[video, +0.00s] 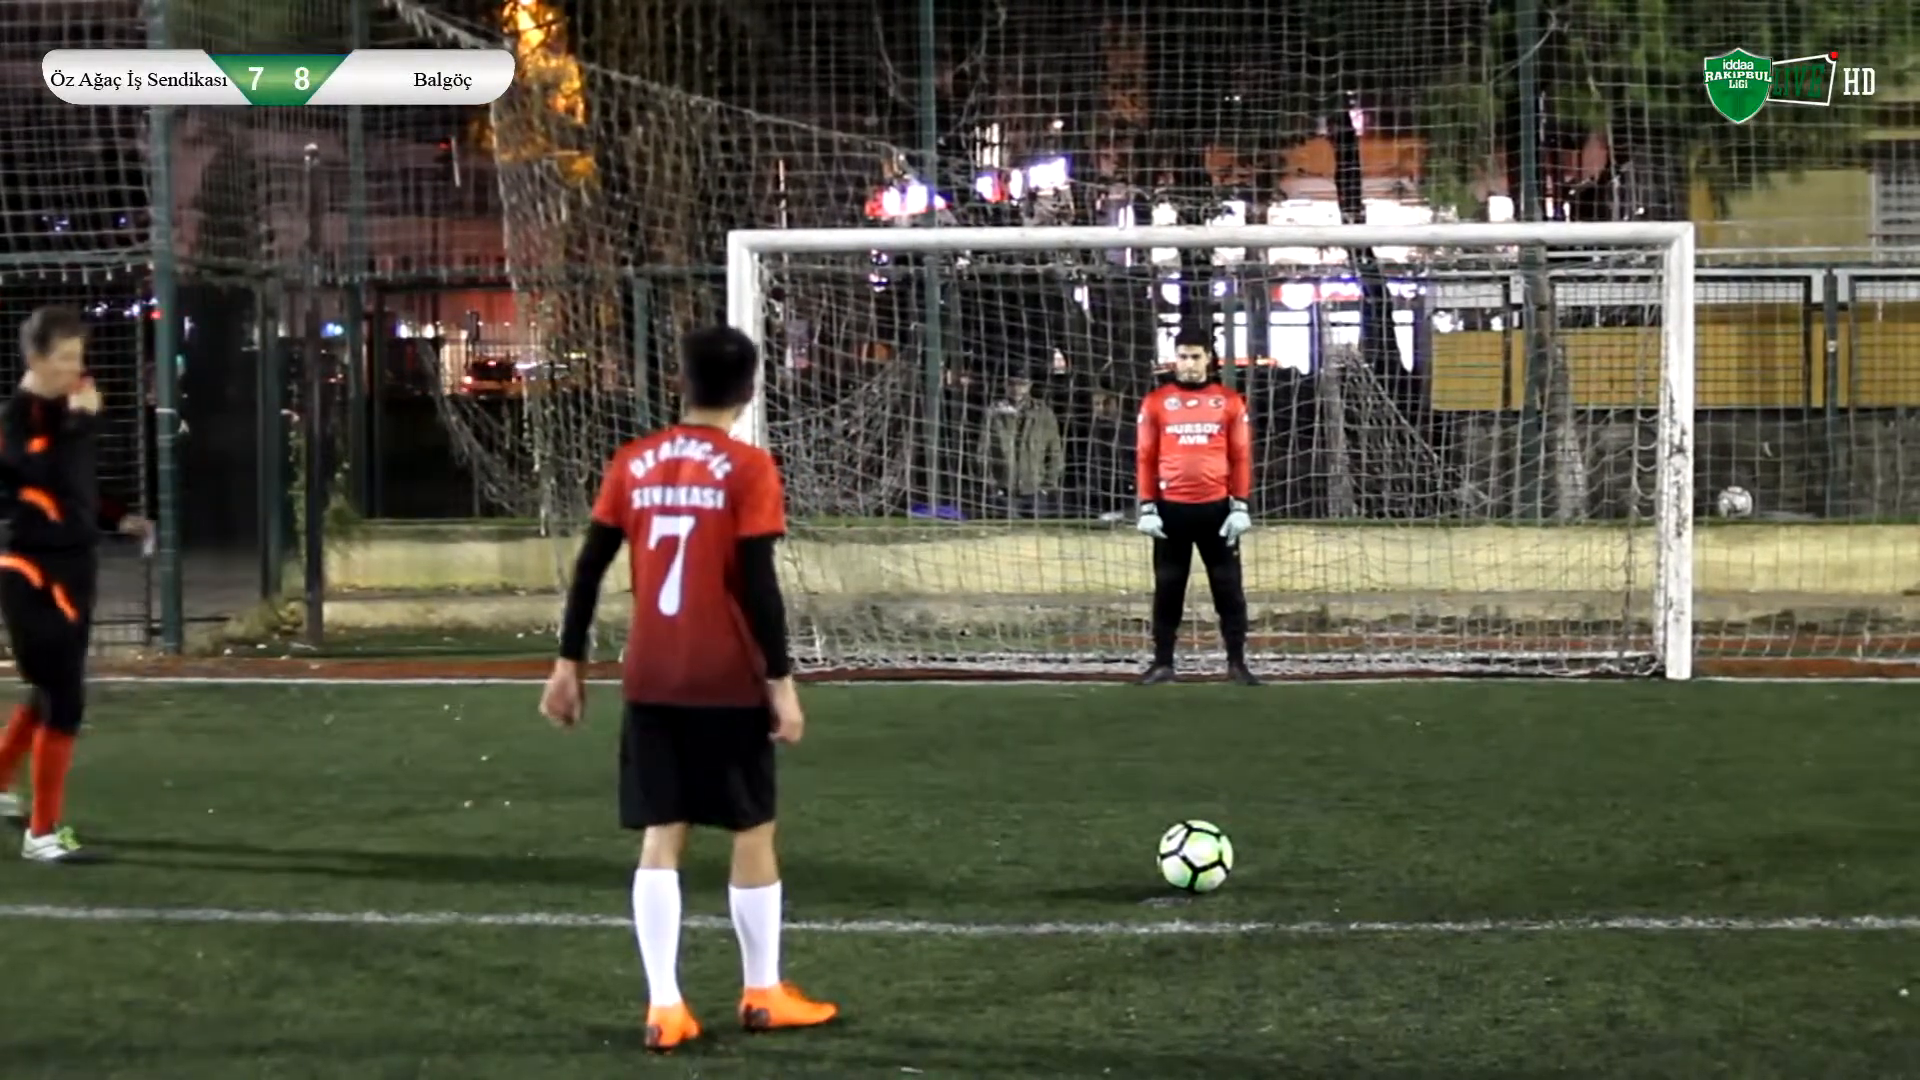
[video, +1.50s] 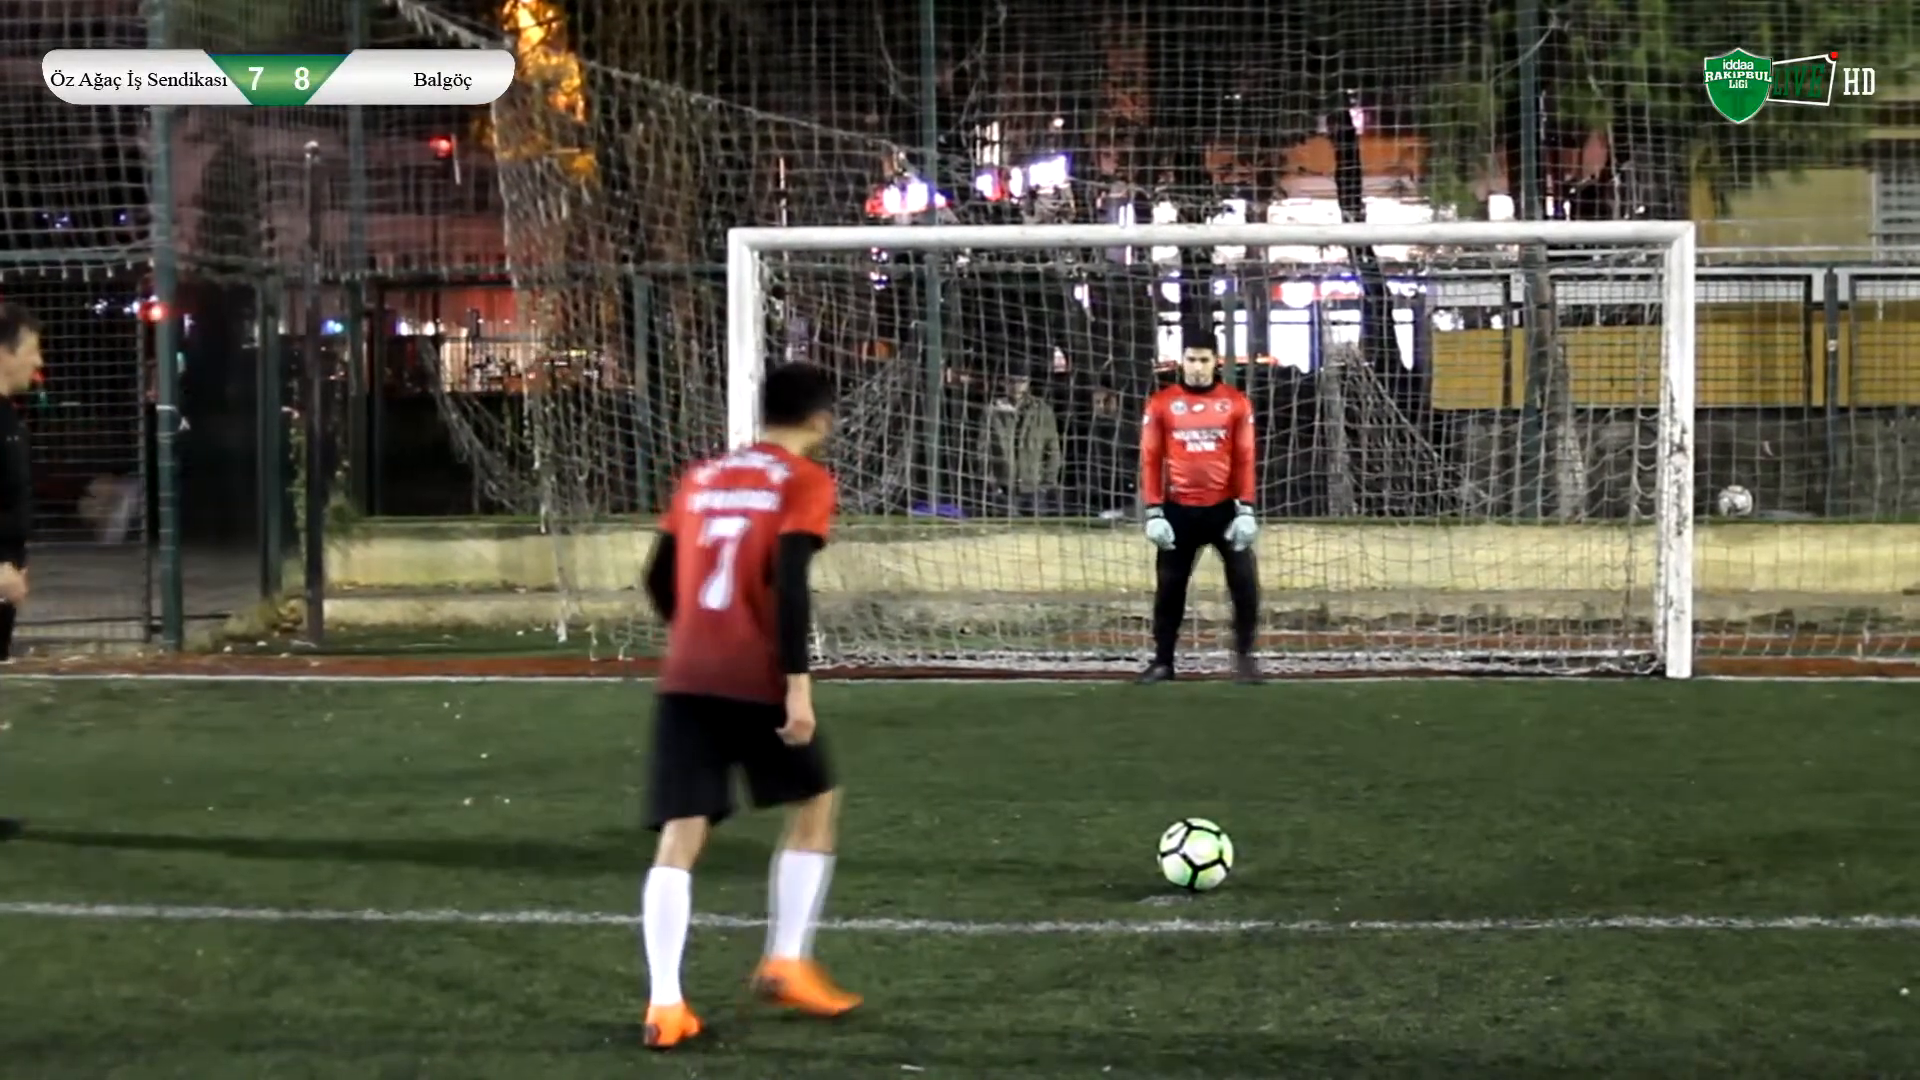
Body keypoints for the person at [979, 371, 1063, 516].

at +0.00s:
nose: (1016, 389)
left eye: (1022, 384)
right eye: (1011, 384)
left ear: (1030, 386)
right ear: (1005, 385)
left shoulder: (1044, 414)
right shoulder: (993, 413)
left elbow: (1055, 453)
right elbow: (983, 451)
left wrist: (1048, 486)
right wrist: (992, 487)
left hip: (1035, 492)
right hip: (1004, 492)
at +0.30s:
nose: (1015, 389)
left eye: (1021, 384)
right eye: (1011, 384)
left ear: (1029, 386)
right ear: (1004, 385)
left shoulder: (1043, 414)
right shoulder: (992, 413)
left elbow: (1054, 453)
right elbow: (982, 451)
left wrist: (1047, 486)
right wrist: (990, 485)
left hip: (1034, 492)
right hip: (1003, 492)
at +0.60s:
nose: (1015, 389)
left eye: (1021, 383)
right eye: (1011, 383)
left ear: (1029, 385)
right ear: (1004, 384)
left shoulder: (1043, 413)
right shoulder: (992, 412)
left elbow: (1054, 453)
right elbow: (982, 450)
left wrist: (1048, 485)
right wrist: (990, 484)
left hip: (1035, 492)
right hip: (1003, 492)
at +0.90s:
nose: (1016, 389)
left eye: (1022, 383)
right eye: (1011, 383)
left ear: (1029, 385)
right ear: (1005, 384)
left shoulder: (1044, 412)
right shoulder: (993, 412)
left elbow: (1054, 453)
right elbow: (983, 450)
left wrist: (1048, 484)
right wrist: (992, 485)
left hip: (1036, 492)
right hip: (1003, 492)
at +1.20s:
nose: (1016, 388)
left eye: (1022, 382)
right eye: (1012, 382)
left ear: (1029, 383)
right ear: (1005, 382)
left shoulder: (1044, 411)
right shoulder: (993, 411)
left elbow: (1054, 450)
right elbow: (984, 449)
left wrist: (1049, 483)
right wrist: (992, 484)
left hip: (1035, 490)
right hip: (1003, 490)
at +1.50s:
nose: (1016, 387)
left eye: (1022, 382)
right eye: (1011, 382)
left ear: (1029, 383)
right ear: (1004, 383)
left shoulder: (1043, 411)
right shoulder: (992, 411)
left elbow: (1053, 450)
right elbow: (983, 448)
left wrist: (1049, 482)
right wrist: (991, 482)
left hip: (1035, 490)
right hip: (1003, 490)